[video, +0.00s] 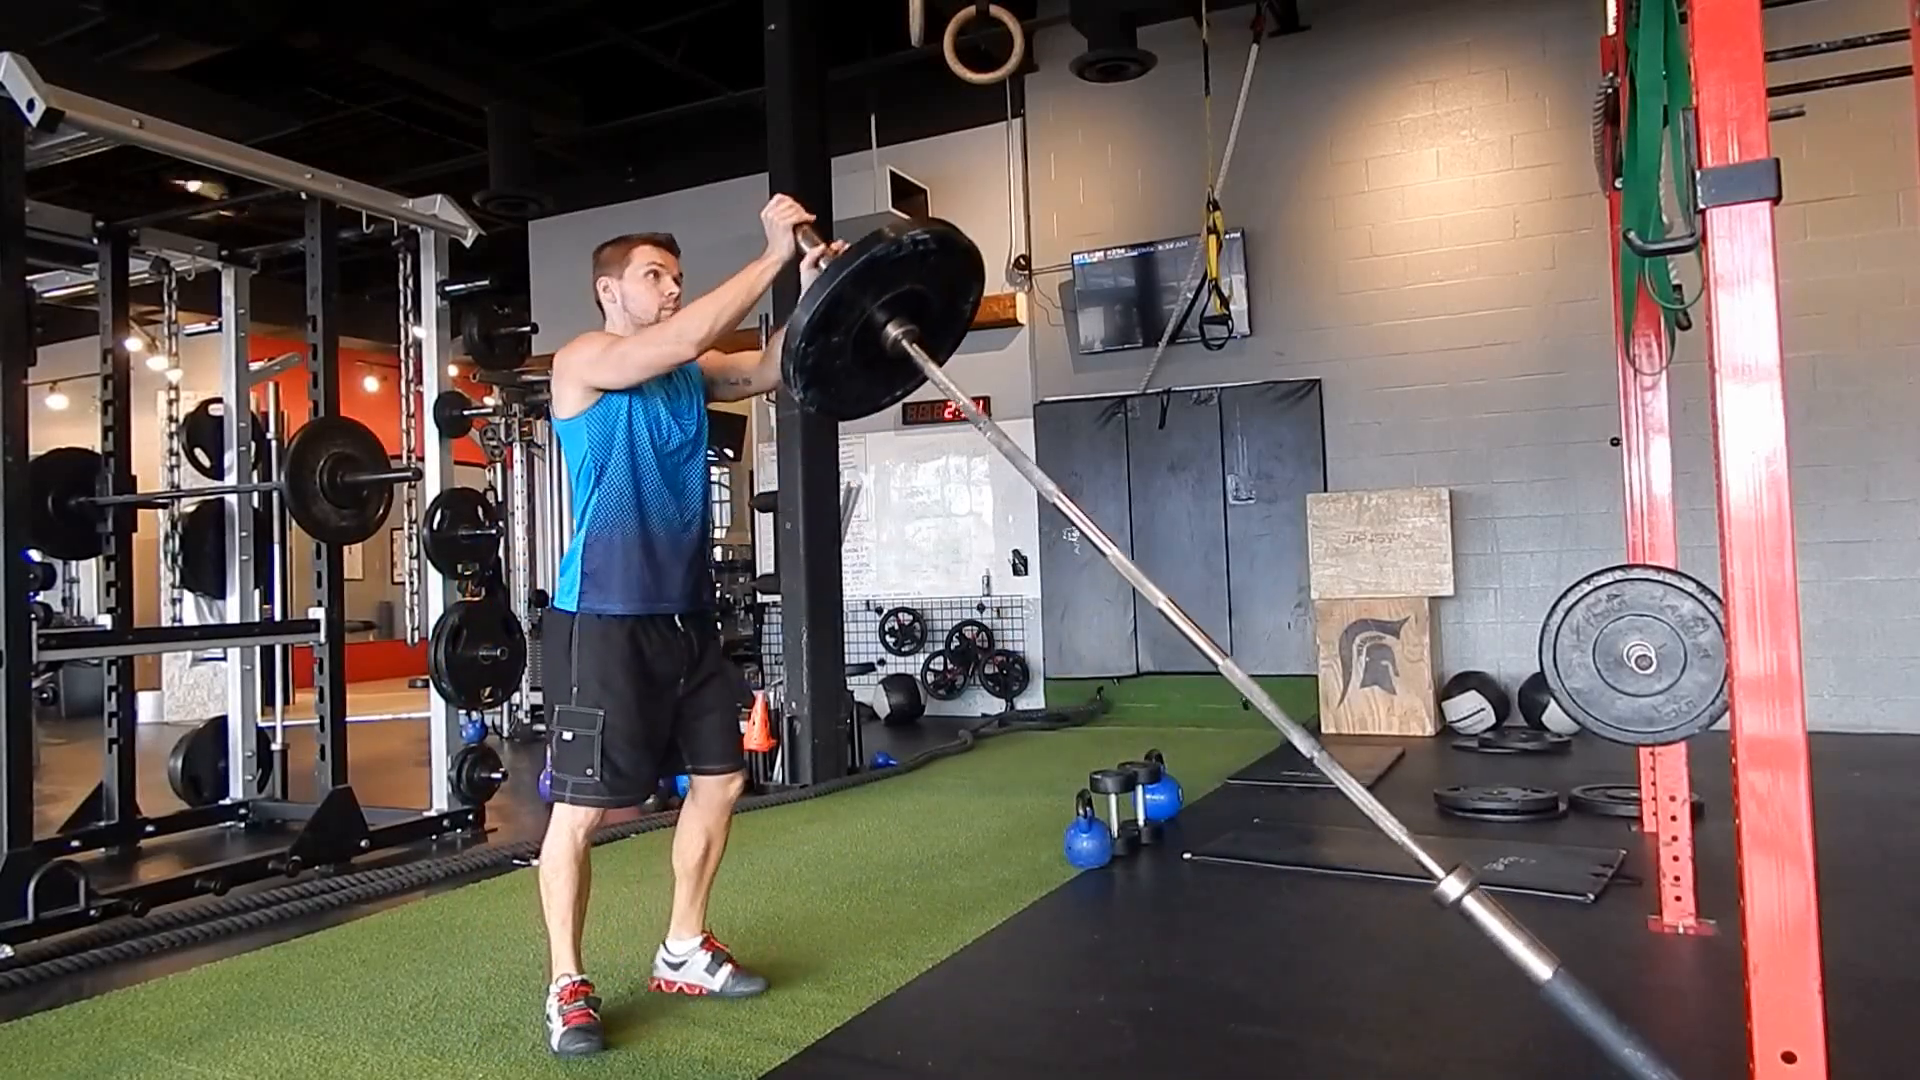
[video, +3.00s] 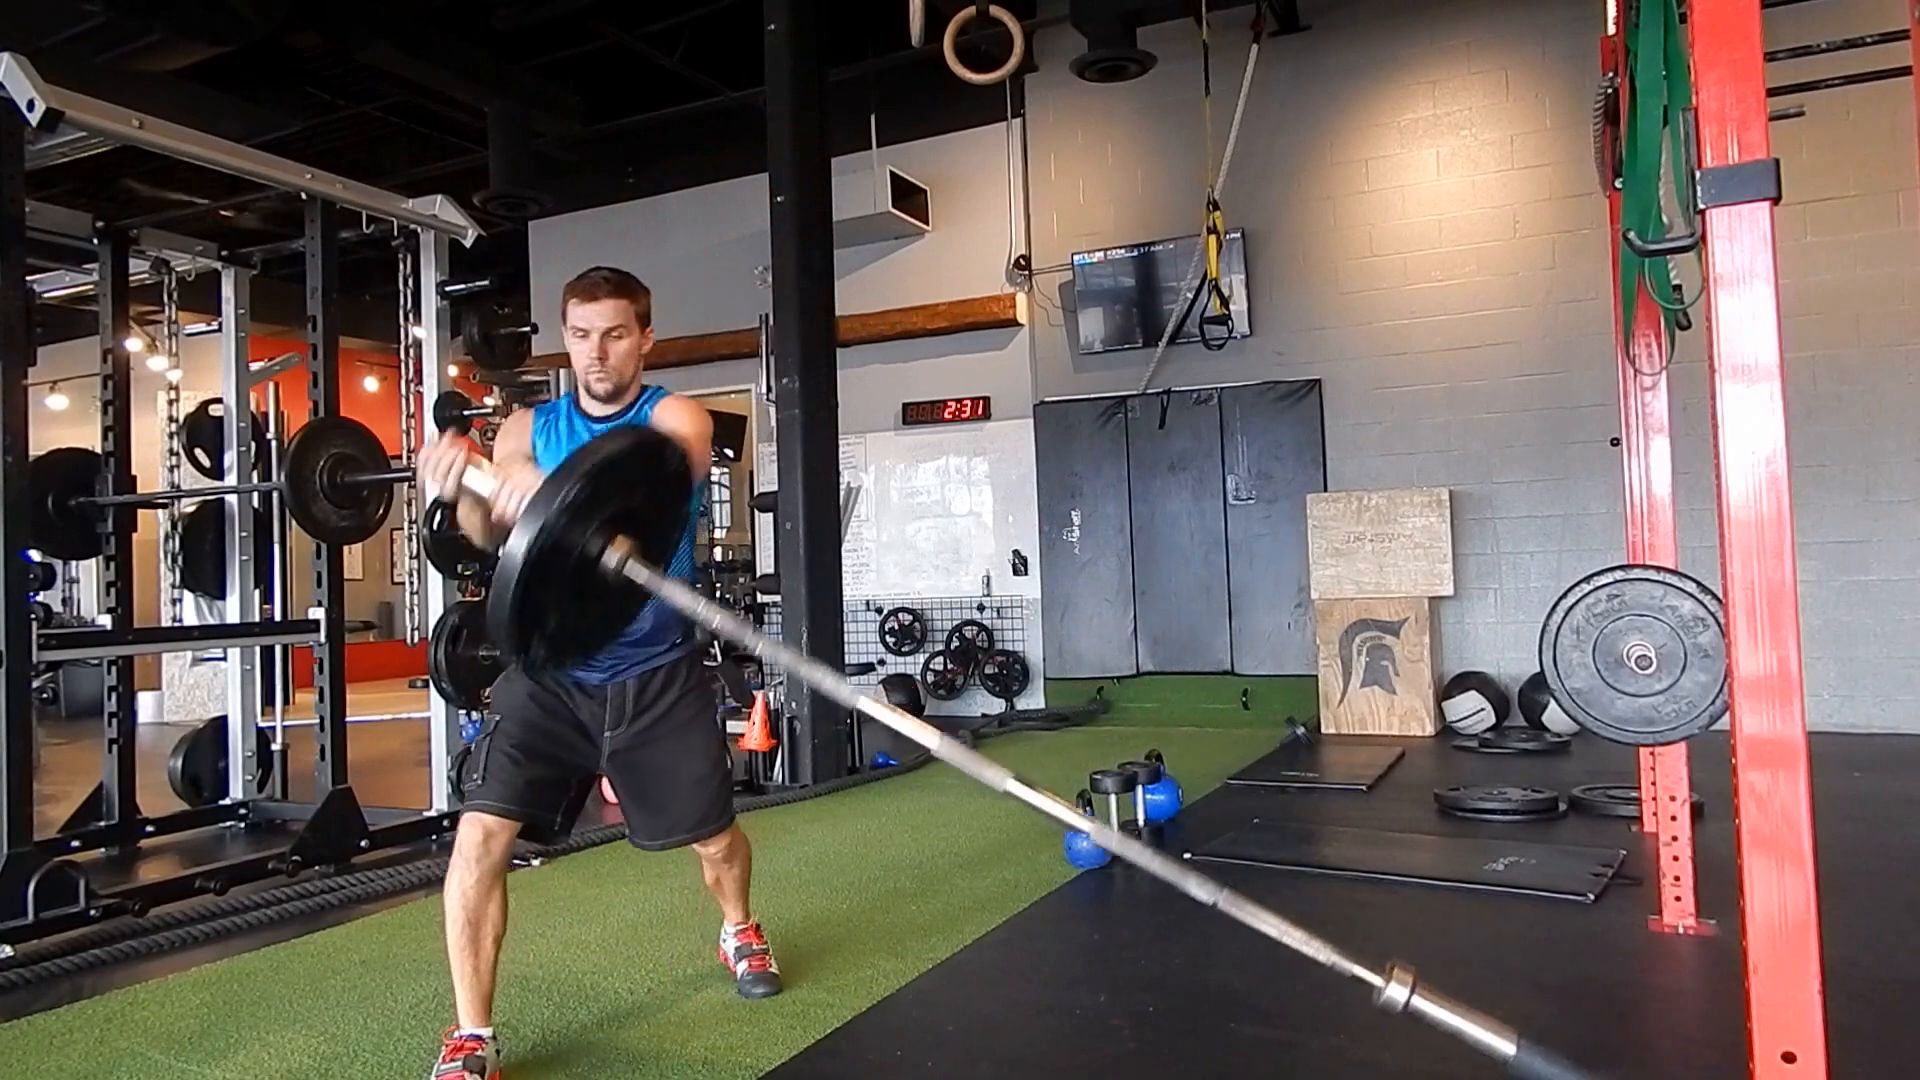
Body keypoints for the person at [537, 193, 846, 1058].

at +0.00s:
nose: (672, 290)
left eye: (678, 280)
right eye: (655, 275)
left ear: (676, 295)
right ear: (608, 289)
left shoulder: (689, 365)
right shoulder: (581, 359)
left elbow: (772, 362)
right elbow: (682, 336)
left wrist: (824, 284)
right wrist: (771, 258)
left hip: (689, 622)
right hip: (603, 623)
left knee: (719, 777)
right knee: (583, 804)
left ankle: (684, 949)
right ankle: (567, 981)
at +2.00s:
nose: (703, 285)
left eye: (704, 276)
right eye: (684, 277)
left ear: (701, 296)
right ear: (638, 297)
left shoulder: (728, 382)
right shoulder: (610, 366)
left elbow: (813, 335)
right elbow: (710, 285)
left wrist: (861, 235)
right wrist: (799, 194)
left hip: (711, 646)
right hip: (624, 646)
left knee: (728, 794)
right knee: (566, 835)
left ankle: (685, 960)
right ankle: (484, 1029)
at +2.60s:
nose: (671, 314)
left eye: (681, 301)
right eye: (655, 302)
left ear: (698, 318)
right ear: (622, 318)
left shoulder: (721, 399)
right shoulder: (580, 391)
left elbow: (794, 341)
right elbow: (621, 318)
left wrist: (783, 239)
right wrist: (698, 211)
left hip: (705, 659)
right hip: (601, 659)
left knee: (737, 808)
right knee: (536, 831)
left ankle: (687, 956)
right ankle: (479, 1026)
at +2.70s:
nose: (655, 333)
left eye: (671, 320)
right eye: (642, 318)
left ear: (695, 331)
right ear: (615, 325)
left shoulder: (715, 411)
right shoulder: (574, 405)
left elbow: (767, 355)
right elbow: (570, 357)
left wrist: (728, 283)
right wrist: (634, 259)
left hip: (697, 662)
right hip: (586, 663)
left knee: (734, 815)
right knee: (519, 831)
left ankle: (695, 948)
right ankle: (475, 1027)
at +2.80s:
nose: (643, 336)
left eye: (658, 320)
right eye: (630, 321)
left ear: (685, 330)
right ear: (605, 335)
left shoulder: (704, 419)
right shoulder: (569, 405)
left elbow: (743, 396)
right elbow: (530, 419)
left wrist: (683, 322)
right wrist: (567, 324)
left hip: (684, 665)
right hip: (570, 665)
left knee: (728, 821)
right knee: (506, 828)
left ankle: (711, 940)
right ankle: (473, 1029)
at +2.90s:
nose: (620, 342)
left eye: (636, 326)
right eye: (604, 329)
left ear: (666, 326)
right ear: (585, 332)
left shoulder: (694, 397)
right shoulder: (554, 394)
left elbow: (694, 448)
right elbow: (496, 483)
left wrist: (625, 386)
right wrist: (504, 403)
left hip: (671, 667)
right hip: (557, 668)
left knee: (722, 832)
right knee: (491, 834)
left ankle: (727, 935)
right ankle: (472, 1032)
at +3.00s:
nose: (596, 352)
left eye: (613, 335)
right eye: (581, 336)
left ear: (646, 340)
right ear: (565, 341)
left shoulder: (680, 420)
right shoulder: (525, 429)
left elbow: (638, 507)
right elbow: (504, 528)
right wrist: (459, 494)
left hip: (659, 670)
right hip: (545, 675)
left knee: (715, 832)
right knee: (480, 836)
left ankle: (740, 932)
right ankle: (471, 1032)